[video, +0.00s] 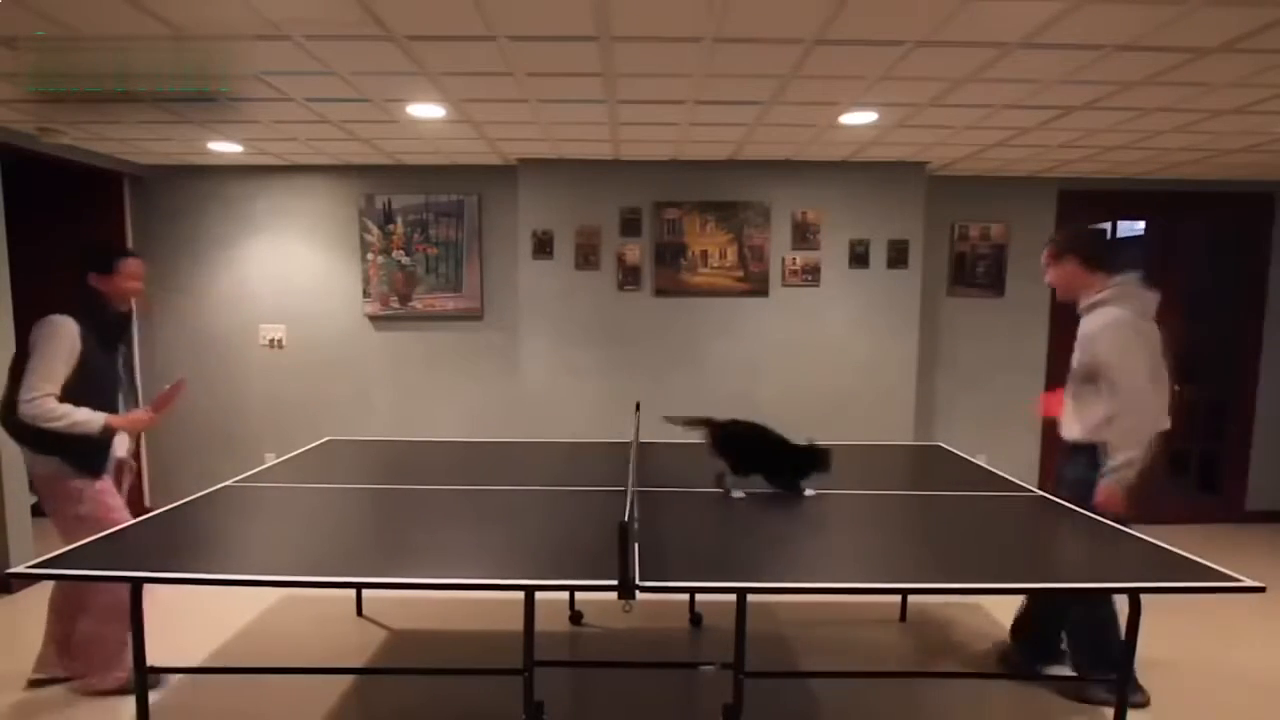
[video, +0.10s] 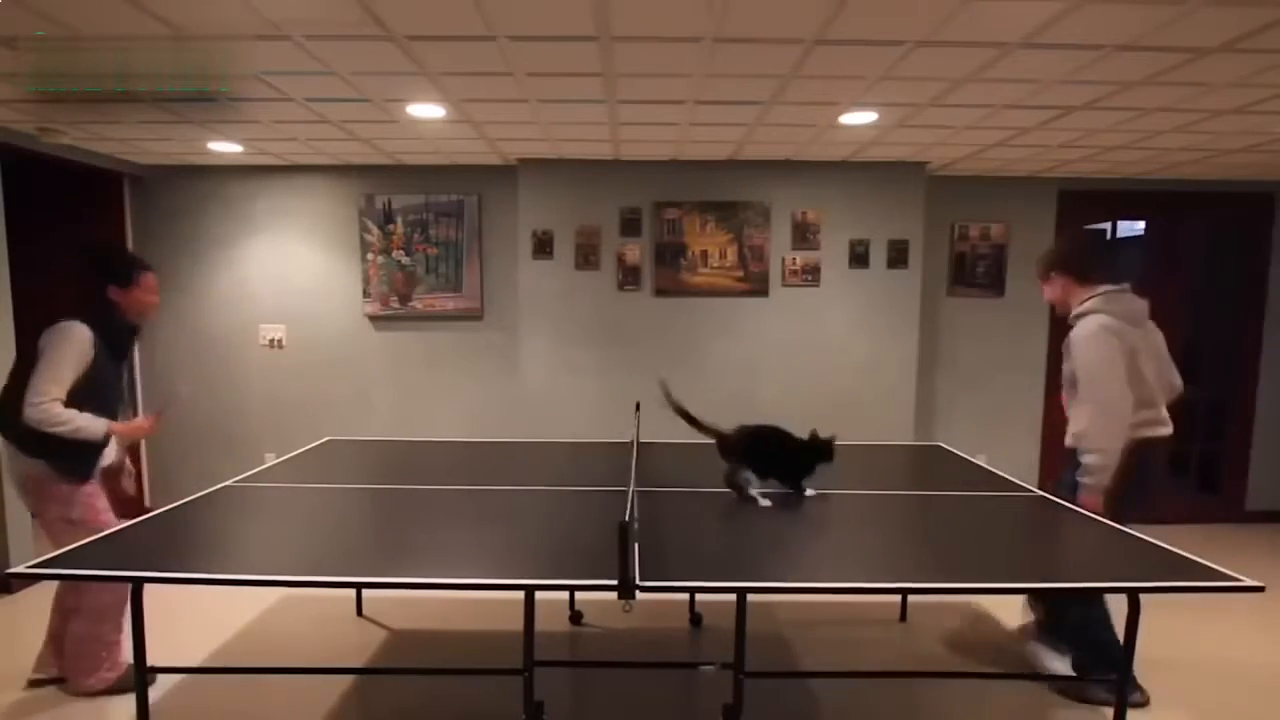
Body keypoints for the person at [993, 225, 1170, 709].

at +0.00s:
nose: (1049, 281)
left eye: (1052, 269)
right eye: (1047, 271)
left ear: (1079, 265)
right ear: (1078, 267)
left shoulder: (1117, 320)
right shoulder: (1099, 315)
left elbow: (1144, 406)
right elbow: (1109, 392)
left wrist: (1117, 475)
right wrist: (1063, 403)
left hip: (1096, 458)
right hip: (1079, 452)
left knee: (1082, 565)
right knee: (1058, 556)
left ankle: (1108, 674)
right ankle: (1032, 646)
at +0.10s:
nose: (1046, 295)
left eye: (1047, 285)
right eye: (1044, 285)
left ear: (1066, 280)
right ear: (1087, 278)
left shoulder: (1092, 329)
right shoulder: (1137, 319)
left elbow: (1107, 412)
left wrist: (1092, 486)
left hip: (1113, 458)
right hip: (1143, 452)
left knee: (1064, 561)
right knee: (1056, 540)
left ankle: (1110, 677)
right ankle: (1059, 634)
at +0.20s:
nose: (1054, 303)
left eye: (1054, 293)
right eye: (1053, 293)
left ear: (1070, 288)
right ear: (1099, 284)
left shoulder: (1084, 332)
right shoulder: (1140, 326)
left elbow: (1091, 407)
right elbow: (1179, 394)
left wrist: (1076, 471)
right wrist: (1142, 424)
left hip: (1110, 457)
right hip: (1148, 456)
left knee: (1078, 563)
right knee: (1091, 562)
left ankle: (1112, 676)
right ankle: (1102, 671)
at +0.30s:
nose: (1065, 318)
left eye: (1064, 310)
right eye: (1063, 311)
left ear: (1079, 304)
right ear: (1104, 301)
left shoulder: (1085, 337)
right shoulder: (1142, 342)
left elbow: (1081, 397)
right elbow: (1165, 404)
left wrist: (1066, 459)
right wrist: (1145, 439)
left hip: (1106, 453)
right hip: (1143, 454)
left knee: (1088, 561)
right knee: (1105, 561)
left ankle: (1110, 670)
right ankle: (1100, 668)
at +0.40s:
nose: (1066, 326)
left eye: (1067, 317)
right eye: (1064, 319)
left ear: (1084, 313)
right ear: (1091, 313)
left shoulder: (1098, 340)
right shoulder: (1116, 340)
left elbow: (1095, 403)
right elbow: (1098, 410)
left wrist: (1075, 458)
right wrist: (1055, 441)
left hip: (1124, 446)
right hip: (1135, 444)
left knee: (1089, 540)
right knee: (1097, 540)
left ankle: (1093, 648)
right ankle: (1102, 638)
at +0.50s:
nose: (1055, 340)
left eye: (1057, 330)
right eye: (1052, 333)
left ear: (1074, 321)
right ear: (1070, 325)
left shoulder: (1108, 337)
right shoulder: (1088, 357)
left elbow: (1145, 385)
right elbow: (1065, 416)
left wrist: (1117, 436)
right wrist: (1011, 442)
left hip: (1147, 440)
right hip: (1125, 446)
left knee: (1089, 520)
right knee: (1087, 521)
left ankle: (1070, 621)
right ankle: (1066, 617)